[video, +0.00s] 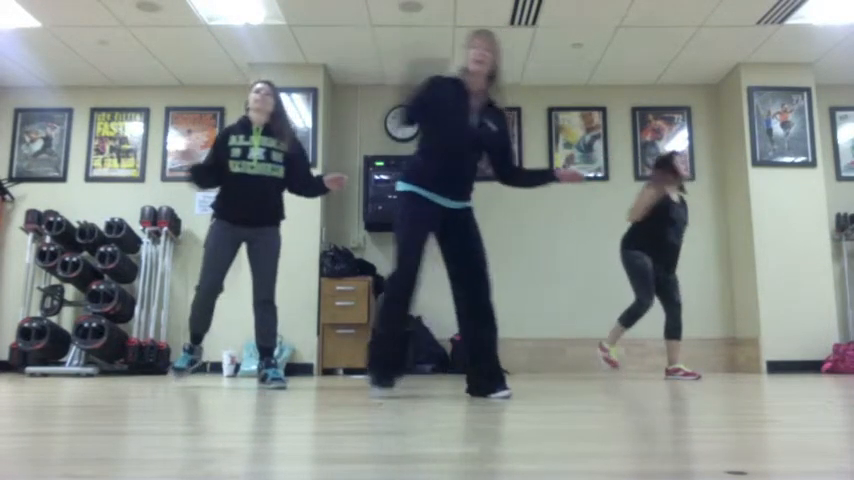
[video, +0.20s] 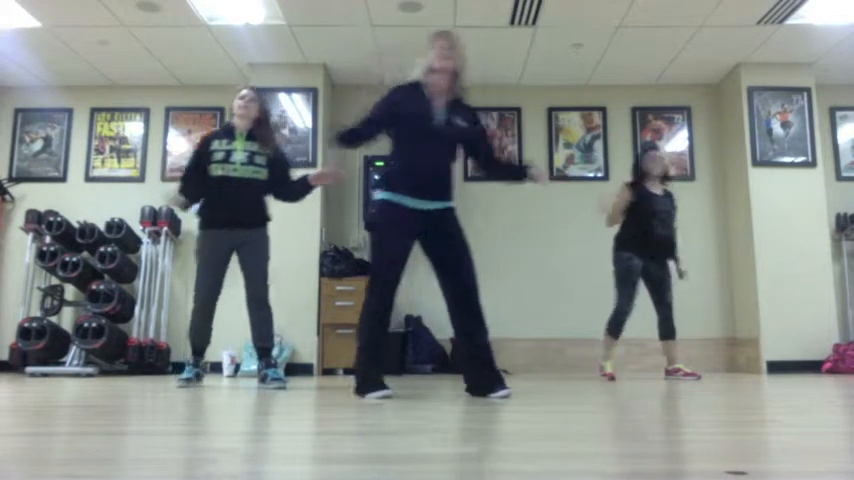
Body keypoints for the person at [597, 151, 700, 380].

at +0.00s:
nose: (676, 174)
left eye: (676, 171)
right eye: (671, 170)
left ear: (676, 174)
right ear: (660, 172)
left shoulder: (679, 198)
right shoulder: (652, 191)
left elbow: (674, 234)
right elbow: (634, 216)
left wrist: (671, 263)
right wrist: (655, 190)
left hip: (662, 259)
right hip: (637, 252)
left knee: (674, 306)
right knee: (645, 300)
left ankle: (674, 364)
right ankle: (608, 343)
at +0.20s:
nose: (656, 162)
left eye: (660, 159)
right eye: (651, 158)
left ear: (665, 165)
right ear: (642, 164)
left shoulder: (668, 196)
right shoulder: (632, 190)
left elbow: (670, 232)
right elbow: (611, 221)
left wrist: (677, 261)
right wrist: (620, 204)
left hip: (657, 256)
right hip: (630, 252)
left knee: (665, 308)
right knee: (624, 305)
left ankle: (673, 364)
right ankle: (607, 360)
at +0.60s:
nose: (617, 160)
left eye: (621, 157)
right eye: (613, 157)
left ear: (628, 163)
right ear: (605, 162)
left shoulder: (637, 192)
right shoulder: (595, 191)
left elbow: (645, 226)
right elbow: (582, 228)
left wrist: (658, 254)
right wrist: (588, 223)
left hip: (633, 253)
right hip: (604, 255)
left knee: (658, 298)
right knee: (607, 308)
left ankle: (660, 357)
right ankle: (604, 364)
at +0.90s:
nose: (616, 161)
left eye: (620, 158)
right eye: (612, 157)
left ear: (626, 164)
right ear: (603, 163)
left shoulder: (635, 191)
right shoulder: (594, 192)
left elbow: (654, 216)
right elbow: (576, 222)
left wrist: (674, 220)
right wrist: (568, 210)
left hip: (635, 255)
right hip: (605, 256)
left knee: (656, 302)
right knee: (607, 309)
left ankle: (658, 359)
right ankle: (604, 364)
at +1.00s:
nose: (624, 160)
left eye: (627, 156)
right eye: (619, 156)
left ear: (632, 161)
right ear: (610, 161)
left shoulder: (642, 187)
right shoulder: (600, 187)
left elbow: (675, 194)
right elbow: (575, 195)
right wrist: (575, 178)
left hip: (642, 252)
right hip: (612, 253)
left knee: (660, 302)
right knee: (612, 307)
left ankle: (657, 359)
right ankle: (605, 364)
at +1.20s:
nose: (634, 165)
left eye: (637, 162)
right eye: (629, 161)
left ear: (641, 167)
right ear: (619, 166)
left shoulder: (649, 188)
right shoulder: (611, 191)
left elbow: (681, 183)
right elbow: (592, 184)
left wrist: (696, 155)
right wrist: (596, 155)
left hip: (652, 255)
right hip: (624, 256)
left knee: (663, 306)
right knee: (625, 306)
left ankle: (650, 362)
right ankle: (609, 362)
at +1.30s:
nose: (643, 164)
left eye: (646, 160)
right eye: (639, 160)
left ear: (649, 164)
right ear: (629, 164)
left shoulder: (653, 184)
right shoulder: (621, 188)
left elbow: (677, 180)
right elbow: (616, 173)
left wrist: (672, 164)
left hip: (658, 250)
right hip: (633, 250)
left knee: (663, 302)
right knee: (654, 298)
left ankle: (650, 361)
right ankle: (630, 354)